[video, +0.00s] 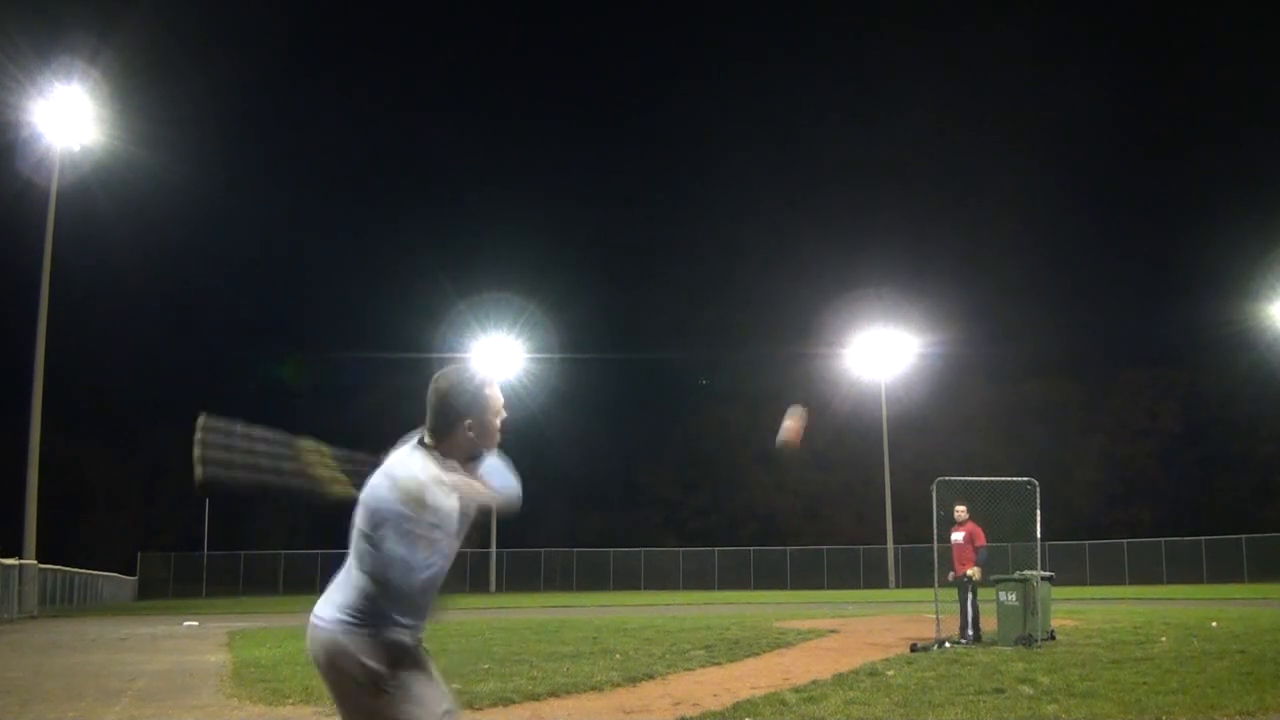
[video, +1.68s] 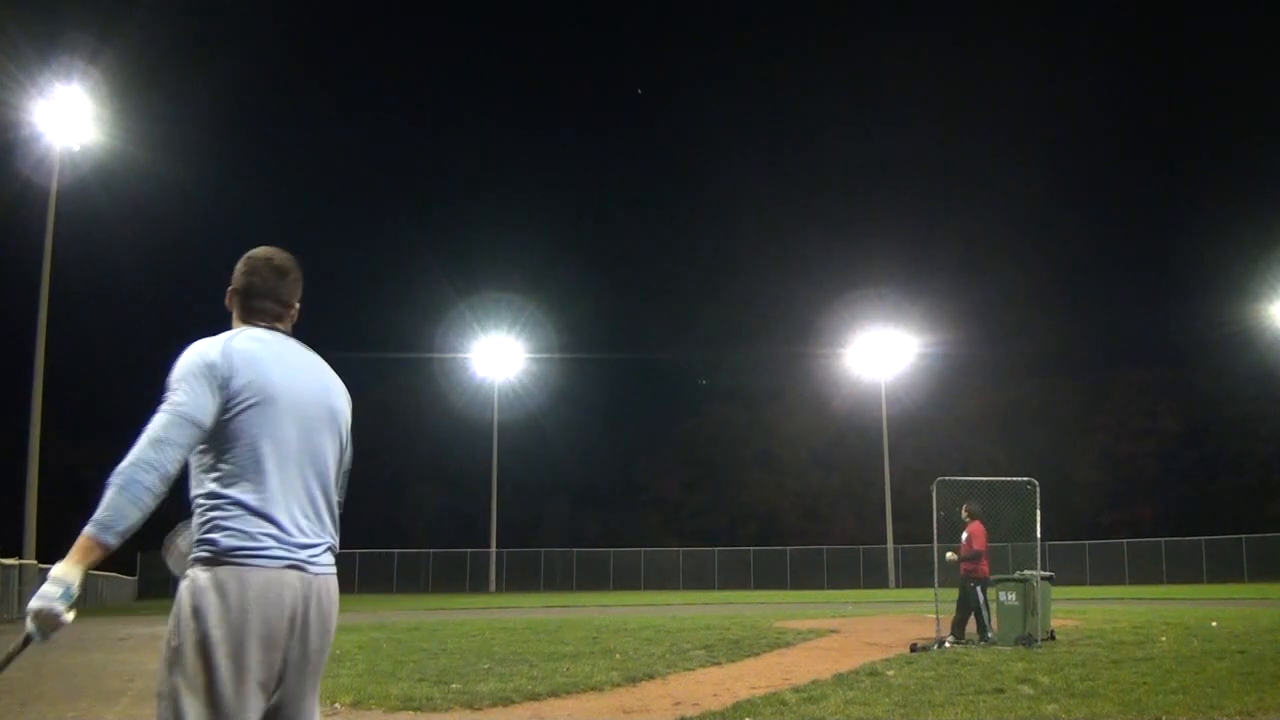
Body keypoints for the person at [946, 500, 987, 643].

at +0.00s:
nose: (959, 514)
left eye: (962, 511)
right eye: (957, 511)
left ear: (967, 513)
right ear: (953, 513)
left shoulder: (973, 529)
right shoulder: (954, 530)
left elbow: (982, 549)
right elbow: (957, 553)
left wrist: (977, 566)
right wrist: (954, 570)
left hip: (969, 572)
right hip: (959, 573)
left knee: (968, 605)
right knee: (964, 605)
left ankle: (969, 635)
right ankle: (969, 633)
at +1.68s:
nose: (961, 513)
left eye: (963, 511)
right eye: (962, 511)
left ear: (968, 513)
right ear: (970, 513)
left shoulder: (976, 528)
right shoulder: (969, 527)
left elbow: (978, 551)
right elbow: (970, 550)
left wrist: (958, 558)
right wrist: (958, 556)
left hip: (977, 576)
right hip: (968, 575)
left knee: (980, 607)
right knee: (963, 607)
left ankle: (986, 635)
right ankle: (957, 634)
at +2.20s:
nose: (942, 518)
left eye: (944, 514)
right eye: (941, 515)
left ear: (952, 514)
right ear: (950, 515)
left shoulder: (963, 527)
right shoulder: (950, 529)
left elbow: (967, 548)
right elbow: (948, 552)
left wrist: (959, 563)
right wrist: (933, 560)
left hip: (961, 572)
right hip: (950, 573)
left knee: (961, 601)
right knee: (951, 605)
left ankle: (978, 631)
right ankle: (953, 636)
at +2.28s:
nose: (941, 518)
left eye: (943, 514)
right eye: (940, 515)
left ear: (951, 514)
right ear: (948, 515)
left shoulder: (962, 527)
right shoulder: (948, 529)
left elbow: (968, 547)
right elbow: (950, 550)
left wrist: (960, 564)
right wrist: (946, 567)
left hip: (958, 572)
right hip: (948, 572)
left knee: (957, 600)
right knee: (950, 605)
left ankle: (975, 629)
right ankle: (953, 636)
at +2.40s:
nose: (938, 518)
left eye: (940, 514)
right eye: (937, 515)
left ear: (948, 514)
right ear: (942, 515)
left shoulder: (959, 526)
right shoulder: (943, 531)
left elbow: (966, 547)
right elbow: (939, 551)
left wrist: (963, 565)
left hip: (955, 571)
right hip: (945, 573)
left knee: (954, 601)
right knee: (948, 604)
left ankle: (968, 632)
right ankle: (952, 635)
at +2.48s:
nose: (937, 517)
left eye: (939, 514)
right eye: (937, 515)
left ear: (948, 514)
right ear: (943, 515)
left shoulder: (959, 526)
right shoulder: (942, 530)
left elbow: (965, 547)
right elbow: (938, 551)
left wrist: (963, 565)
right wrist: (921, 554)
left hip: (955, 571)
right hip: (945, 572)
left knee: (953, 600)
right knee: (947, 603)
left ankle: (963, 633)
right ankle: (951, 634)